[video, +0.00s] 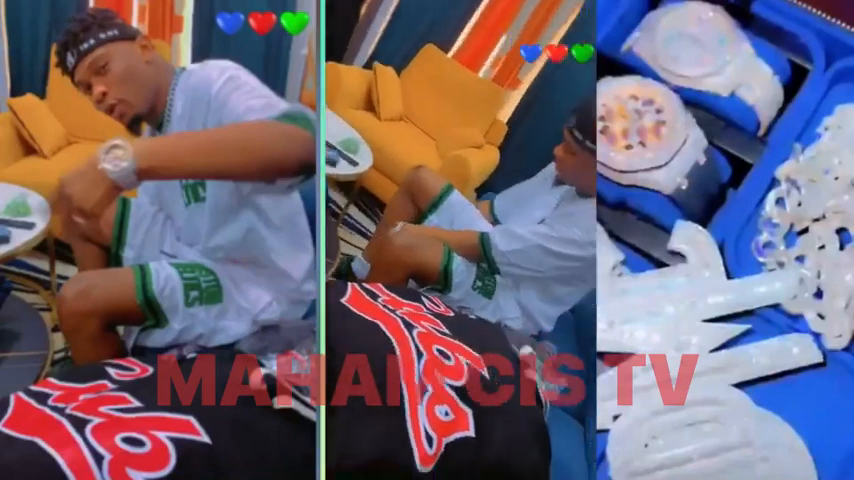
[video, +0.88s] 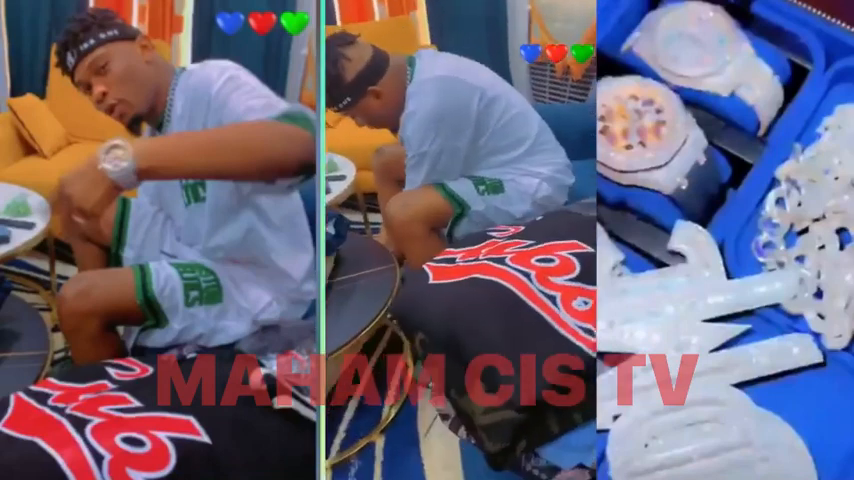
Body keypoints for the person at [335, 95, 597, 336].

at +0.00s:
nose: (558, 151)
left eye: (572, 150)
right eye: (565, 140)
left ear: (602, 169)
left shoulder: (589, 232)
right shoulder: (565, 171)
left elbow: (489, 249)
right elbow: (491, 210)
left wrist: (405, 237)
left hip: (514, 302)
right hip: (498, 253)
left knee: (402, 245)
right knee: (420, 182)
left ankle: (357, 316)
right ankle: (362, 275)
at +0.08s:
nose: (527, 124)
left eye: (538, 120)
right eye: (532, 115)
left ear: (572, 133)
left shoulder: (578, 193)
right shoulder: (543, 145)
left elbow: (478, 226)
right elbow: (471, 191)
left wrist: (392, 229)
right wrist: (395, 213)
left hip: (507, 277)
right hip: (484, 232)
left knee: (386, 237)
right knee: (398, 174)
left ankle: (356, 318)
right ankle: (342, 266)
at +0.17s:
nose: (503, 97)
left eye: (513, 92)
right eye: (507, 86)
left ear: (552, 101)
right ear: (552, 100)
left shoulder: (571, 161)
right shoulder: (530, 117)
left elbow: (468, 208)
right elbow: (464, 177)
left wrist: (390, 224)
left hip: (508, 257)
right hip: (478, 216)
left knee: (384, 230)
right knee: (387, 167)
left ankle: (358, 315)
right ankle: (341, 269)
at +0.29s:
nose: (456, 84)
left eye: (462, 72)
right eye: (455, 71)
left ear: (501, 68)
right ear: (502, 68)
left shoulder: (544, 115)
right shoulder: (499, 93)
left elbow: (469, 192)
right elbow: (450, 168)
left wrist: (392, 230)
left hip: (522, 235)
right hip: (482, 202)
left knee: (397, 232)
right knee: (386, 172)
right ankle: (361, 286)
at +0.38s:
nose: (419, 101)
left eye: (422, 90)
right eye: (417, 91)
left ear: (456, 81)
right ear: (458, 80)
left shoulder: (509, 114)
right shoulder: (477, 102)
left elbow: (458, 205)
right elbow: (440, 173)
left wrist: (394, 187)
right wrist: (418, 231)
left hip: (532, 237)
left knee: (407, 245)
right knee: (392, 189)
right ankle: (383, 307)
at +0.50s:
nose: (392, 119)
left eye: (389, 107)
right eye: (386, 109)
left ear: (416, 93)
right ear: (419, 87)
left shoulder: (474, 115)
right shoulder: (457, 94)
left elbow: (431, 214)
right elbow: (430, 180)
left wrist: (389, 274)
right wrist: (384, 261)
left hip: (533, 228)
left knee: (407, 243)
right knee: (391, 186)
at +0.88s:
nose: (359, 123)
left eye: (354, 114)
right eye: (351, 117)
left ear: (374, 95)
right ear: (377, 86)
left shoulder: (431, 101)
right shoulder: (419, 69)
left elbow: (418, 204)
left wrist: (377, 253)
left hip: (534, 184)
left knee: (403, 214)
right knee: (386, 161)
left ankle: (451, 312)